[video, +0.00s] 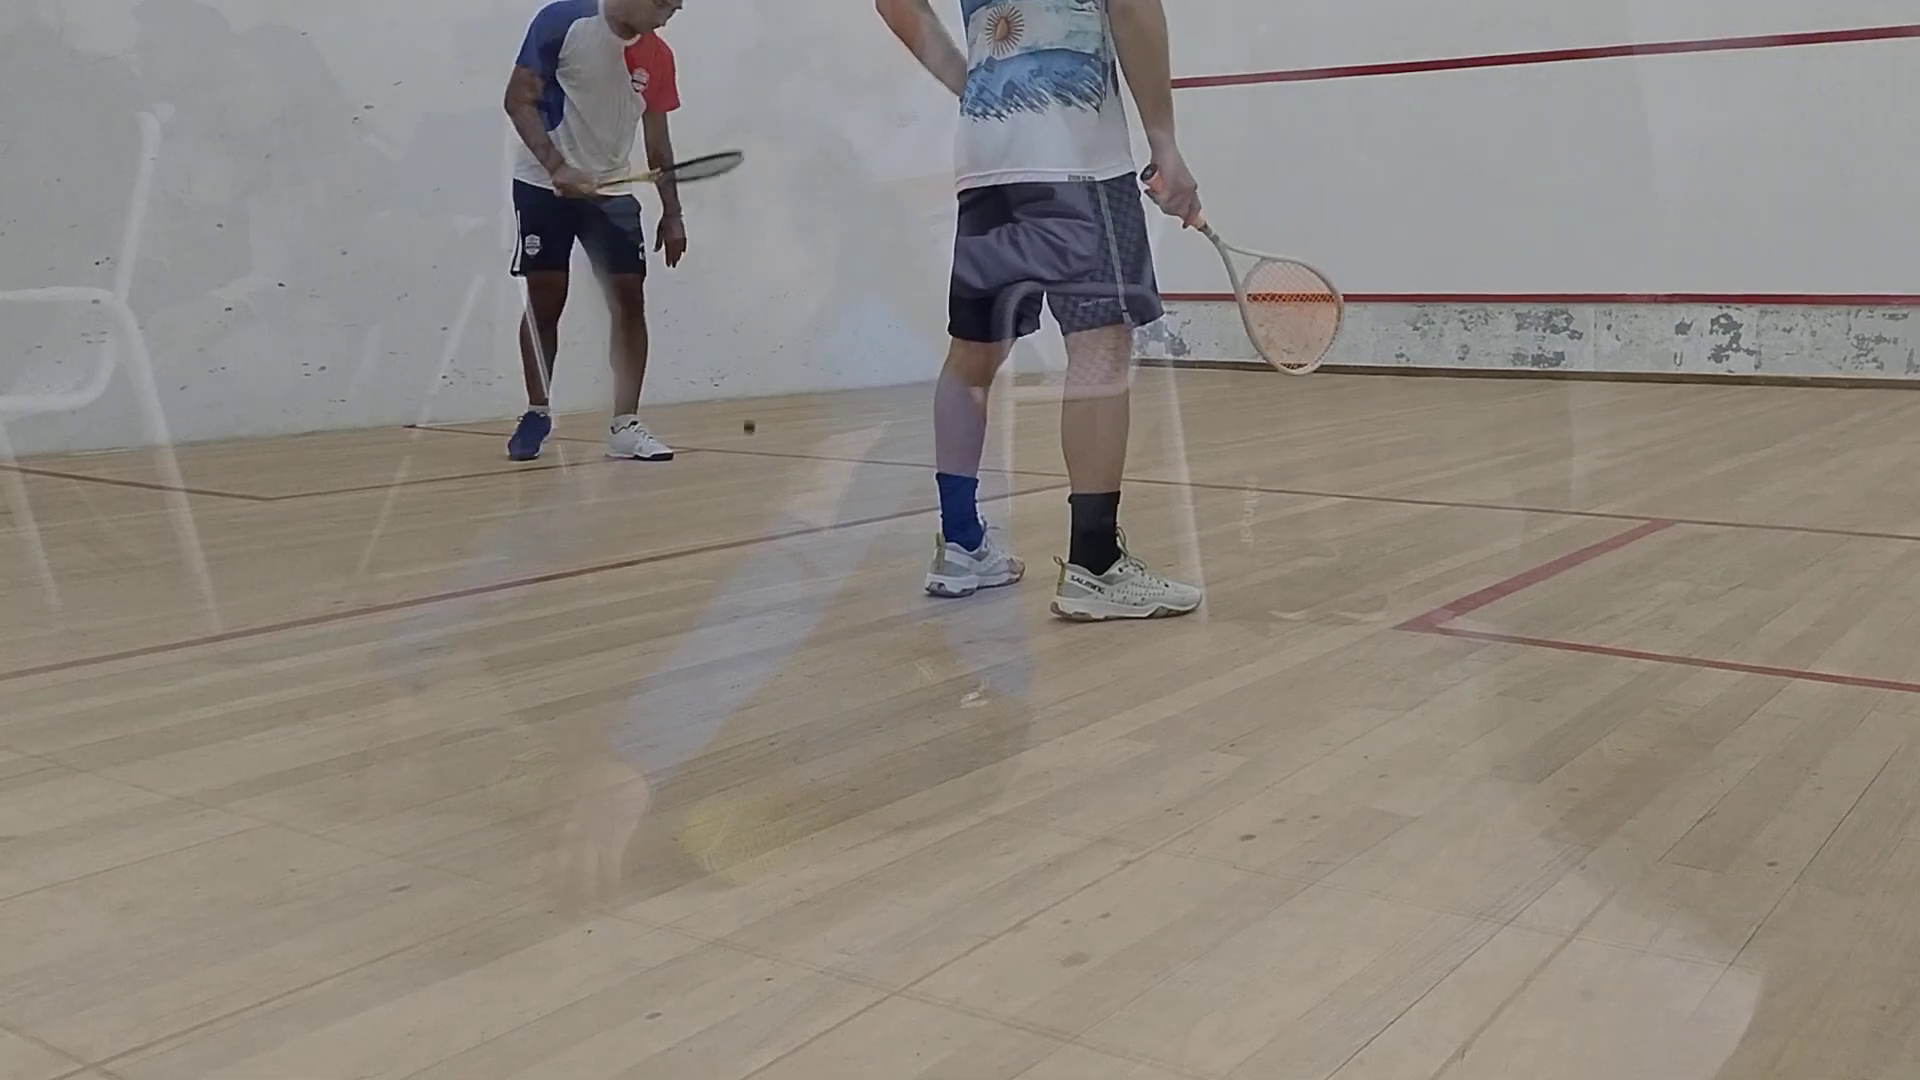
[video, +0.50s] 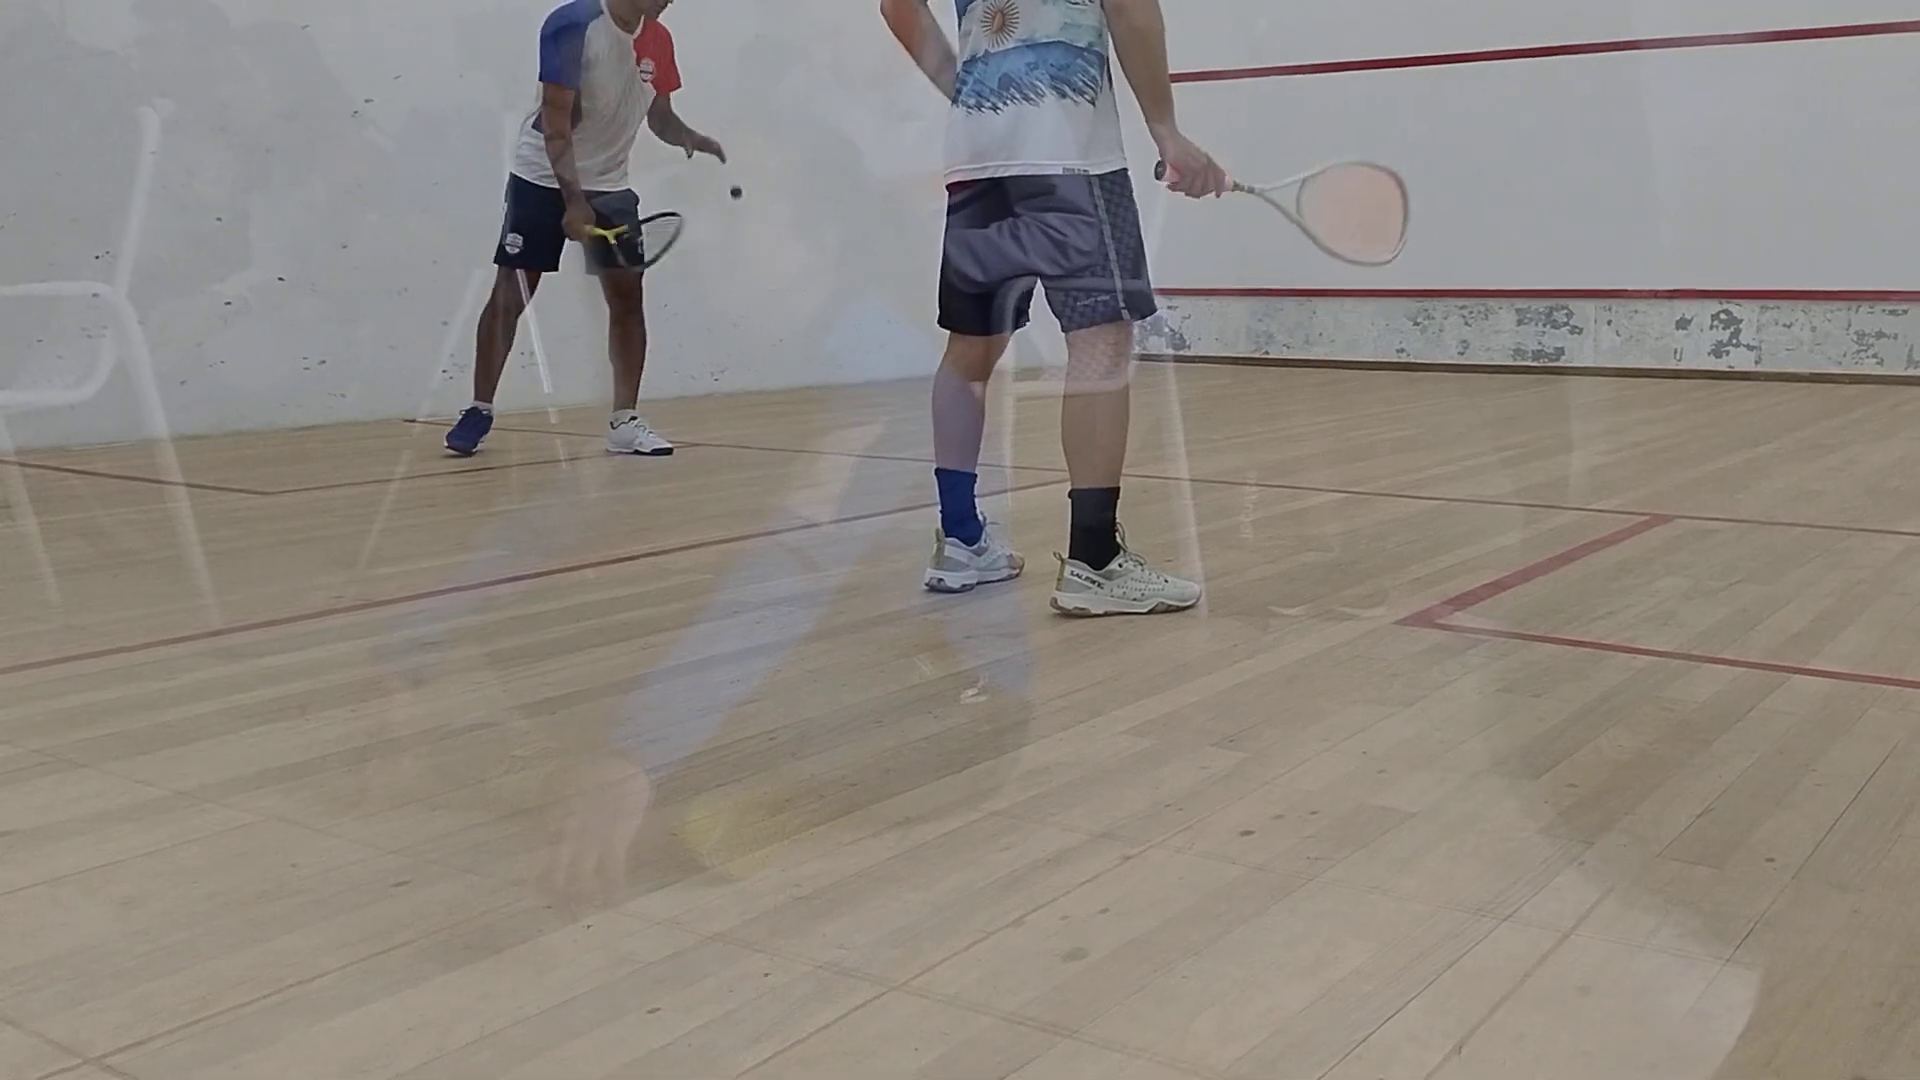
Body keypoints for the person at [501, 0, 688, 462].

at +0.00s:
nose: (666, 20)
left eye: (671, 14)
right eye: (664, 10)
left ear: (657, 8)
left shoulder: (654, 52)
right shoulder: (559, 22)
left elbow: (657, 135)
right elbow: (518, 100)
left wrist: (671, 211)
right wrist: (556, 167)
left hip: (612, 191)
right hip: (544, 187)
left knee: (630, 302)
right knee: (545, 303)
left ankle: (624, 425)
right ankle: (538, 412)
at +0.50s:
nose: (664, 3)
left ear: (658, 4)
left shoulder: (657, 38)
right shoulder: (569, 27)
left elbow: (659, 115)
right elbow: (556, 126)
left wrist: (690, 138)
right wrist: (574, 200)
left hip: (608, 183)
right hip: (542, 180)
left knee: (628, 298)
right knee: (510, 296)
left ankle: (624, 422)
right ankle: (480, 409)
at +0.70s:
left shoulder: (623, 30)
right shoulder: (524, 16)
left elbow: (669, 110)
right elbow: (515, 100)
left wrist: (696, 90)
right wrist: (519, 174)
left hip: (585, 182)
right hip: (517, 177)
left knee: (614, 288)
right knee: (491, 292)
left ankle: (622, 419)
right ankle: (469, 413)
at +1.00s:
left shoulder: (554, 17)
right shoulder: (443, 12)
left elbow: (603, 98)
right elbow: (407, 89)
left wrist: (636, 117)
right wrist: (372, 78)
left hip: (535, 173)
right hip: (463, 172)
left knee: (574, 279)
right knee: (461, 290)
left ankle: (592, 417)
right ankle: (460, 414)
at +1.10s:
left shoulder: (533, 13)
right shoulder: (423, 9)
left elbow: (576, 97)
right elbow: (376, 77)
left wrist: (602, 139)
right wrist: (336, 43)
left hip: (523, 170)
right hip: (450, 169)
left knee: (556, 286)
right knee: (450, 294)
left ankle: (563, 416)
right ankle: (453, 413)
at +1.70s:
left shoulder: (536, 5)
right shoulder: (410, 8)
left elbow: (628, 28)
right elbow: (325, 26)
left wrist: (700, 14)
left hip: (529, 163)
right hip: (452, 168)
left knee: (582, 278)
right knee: (428, 292)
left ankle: (622, 405)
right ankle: (417, 410)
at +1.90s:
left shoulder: (598, 11)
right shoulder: (486, 19)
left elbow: (658, 37)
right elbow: (399, 40)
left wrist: (722, 49)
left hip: (588, 178)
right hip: (514, 184)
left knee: (643, 284)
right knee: (471, 296)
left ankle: (633, 417)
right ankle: (412, 395)